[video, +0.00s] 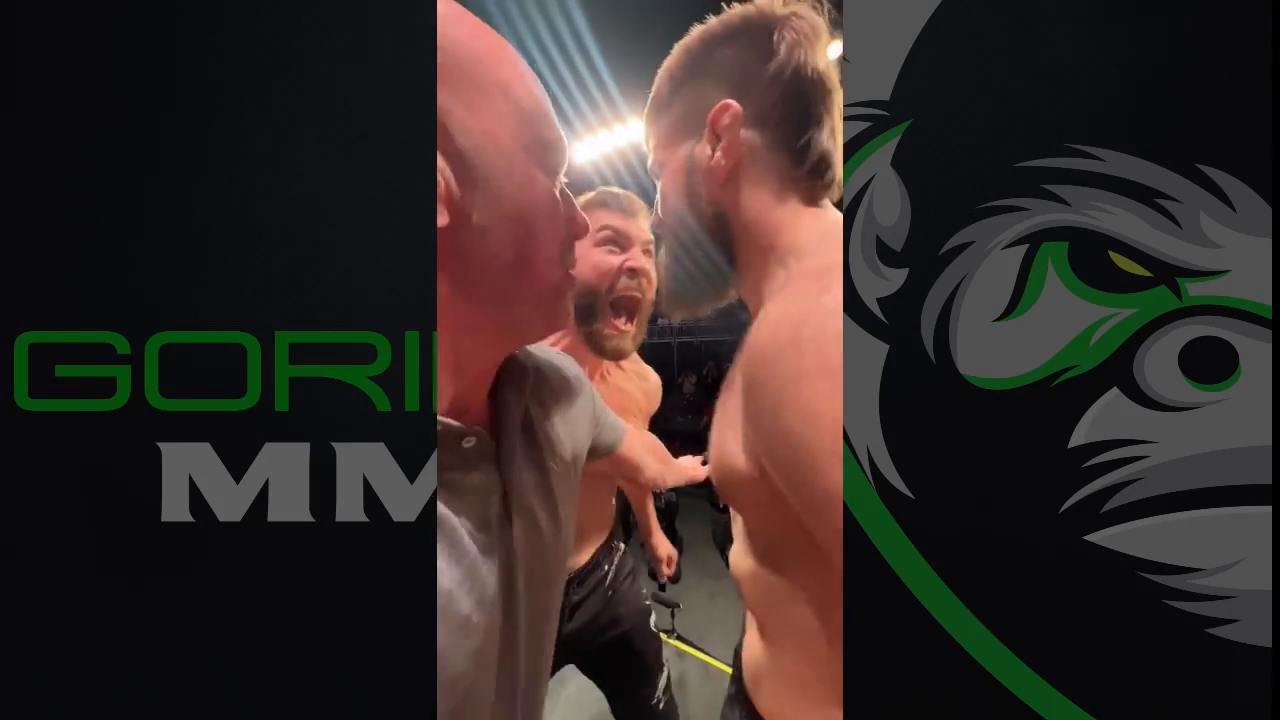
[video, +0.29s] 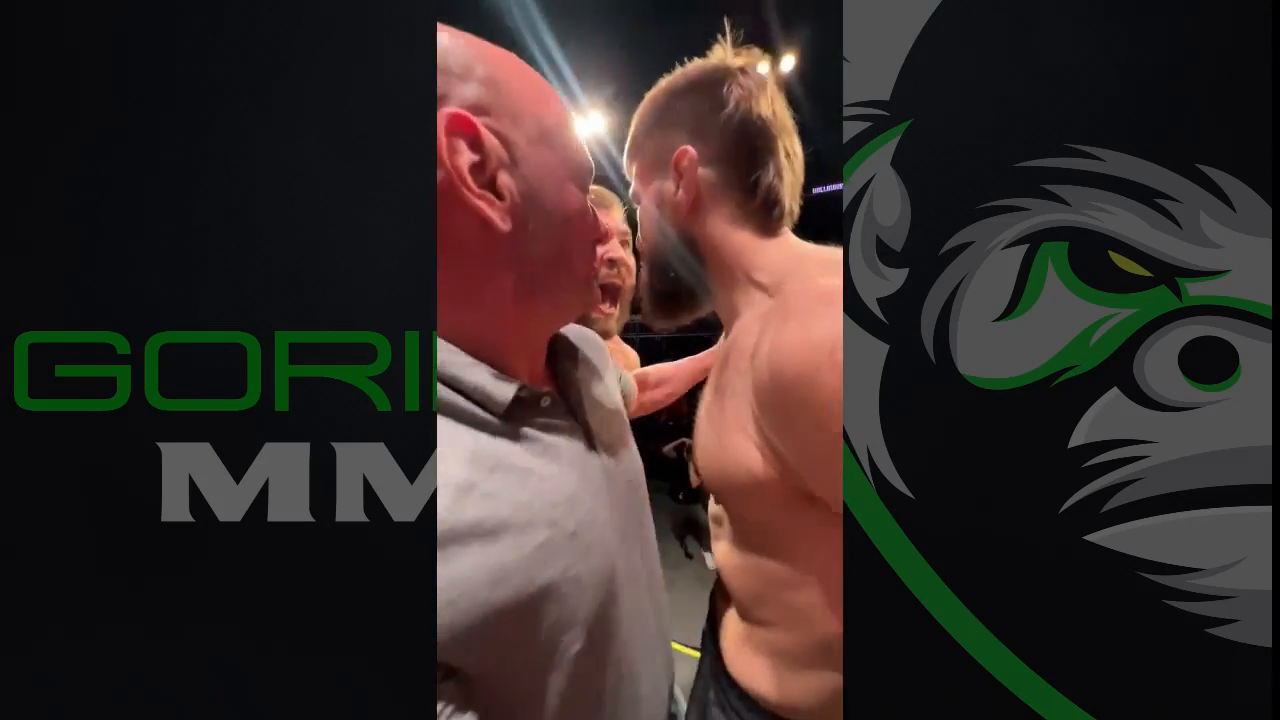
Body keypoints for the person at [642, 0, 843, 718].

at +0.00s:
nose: (658, 215)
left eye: (659, 171)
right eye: (654, 178)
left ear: (720, 139)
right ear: (724, 141)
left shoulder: (802, 343)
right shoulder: (796, 301)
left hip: (801, 710)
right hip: (768, 686)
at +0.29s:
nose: (638, 226)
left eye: (639, 196)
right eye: (635, 197)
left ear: (683, 179)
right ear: (767, 169)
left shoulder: (814, 347)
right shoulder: (758, 304)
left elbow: (919, 562)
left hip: (800, 711)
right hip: (730, 678)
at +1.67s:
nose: (609, 265)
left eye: (606, 244)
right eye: (600, 243)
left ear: (543, 232)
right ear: (542, 231)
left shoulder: (570, 340)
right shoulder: (455, 432)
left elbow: (616, 363)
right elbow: (519, 695)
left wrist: (697, 368)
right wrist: (825, 647)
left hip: (625, 611)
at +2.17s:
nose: (607, 271)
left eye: (606, 250)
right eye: (602, 248)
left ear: (551, 234)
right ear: (551, 234)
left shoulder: (539, 338)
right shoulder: (468, 400)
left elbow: (573, 372)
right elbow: (580, 665)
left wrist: (647, 388)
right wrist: (848, 601)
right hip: (507, 688)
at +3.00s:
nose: (650, 277)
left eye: (648, 261)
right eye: (641, 257)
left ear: (592, 257)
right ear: (595, 254)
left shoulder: (545, 333)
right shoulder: (549, 344)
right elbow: (538, 590)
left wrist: (614, 412)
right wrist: (818, 680)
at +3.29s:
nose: (640, 266)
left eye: (635, 251)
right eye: (623, 248)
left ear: (568, 253)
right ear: (567, 251)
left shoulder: (562, 333)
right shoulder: (537, 337)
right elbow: (563, 547)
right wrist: (830, 605)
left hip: (587, 618)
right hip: (553, 636)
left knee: (603, 707)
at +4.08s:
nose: (656, 276)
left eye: (654, 261)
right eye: (645, 259)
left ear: (597, 260)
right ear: (598, 257)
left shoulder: (561, 323)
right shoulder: (569, 337)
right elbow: (648, 497)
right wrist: (841, 543)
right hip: (565, 579)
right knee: (572, 709)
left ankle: (530, 627)